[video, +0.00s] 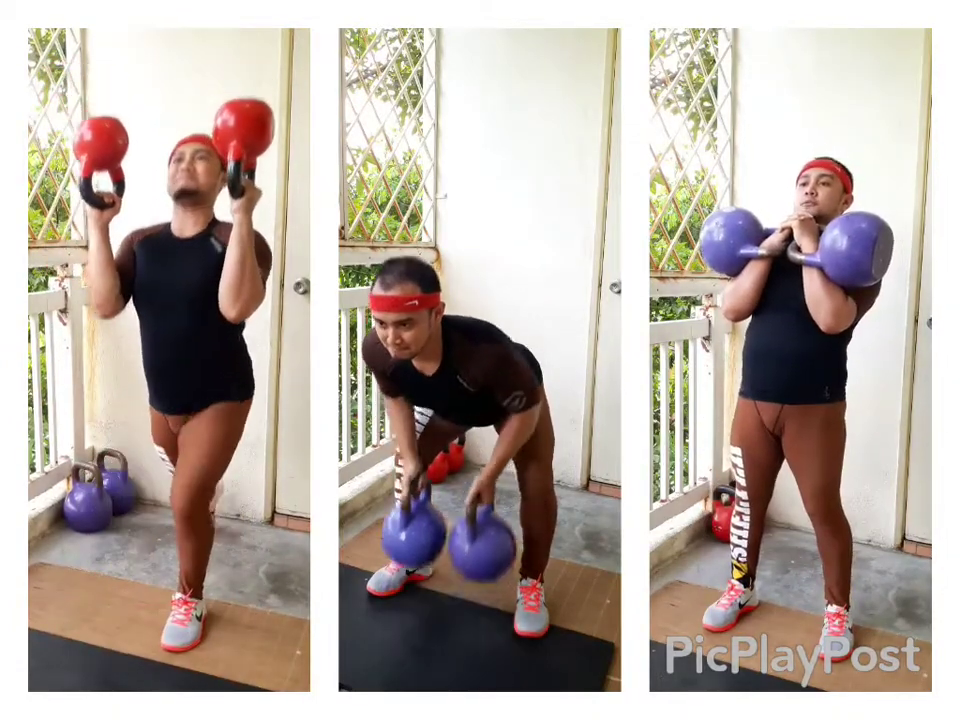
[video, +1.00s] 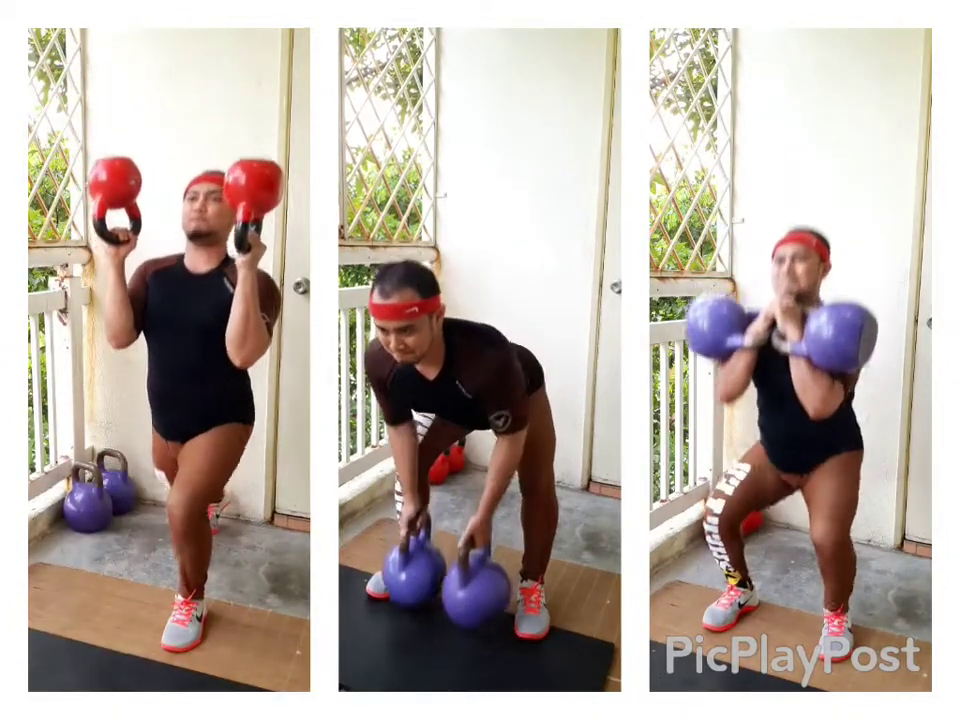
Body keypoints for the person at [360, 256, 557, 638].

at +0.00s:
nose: (392, 338)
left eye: (405, 325)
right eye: (381, 325)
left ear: (436, 312)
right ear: (372, 318)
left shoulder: (483, 349)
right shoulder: (377, 352)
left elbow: (527, 406)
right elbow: (396, 397)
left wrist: (491, 473)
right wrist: (408, 457)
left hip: (511, 399)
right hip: (452, 402)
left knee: (537, 485)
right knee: (410, 468)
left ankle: (531, 582)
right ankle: (412, 557)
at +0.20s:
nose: (391, 332)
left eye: (404, 318)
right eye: (380, 319)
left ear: (435, 305)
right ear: (371, 312)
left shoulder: (484, 334)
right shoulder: (376, 335)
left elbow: (542, 357)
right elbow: (394, 366)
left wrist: (498, 421)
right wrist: (407, 407)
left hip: (511, 393)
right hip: (447, 397)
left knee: (540, 482)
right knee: (411, 464)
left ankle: (531, 582)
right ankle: (413, 551)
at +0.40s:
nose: (391, 330)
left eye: (404, 316)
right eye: (379, 316)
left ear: (435, 304)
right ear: (370, 309)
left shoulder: (481, 330)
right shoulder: (375, 331)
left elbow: (545, 329)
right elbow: (405, 369)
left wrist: (501, 397)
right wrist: (406, 415)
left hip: (510, 387)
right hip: (445, 394)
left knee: (536, 479)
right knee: (411, 460)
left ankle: (531, 581)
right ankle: (413, 552)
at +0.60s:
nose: (394, 314)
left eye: (406, 299)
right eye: (382, 300)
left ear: (438, 287)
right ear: (373, 295)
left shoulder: (486, 327)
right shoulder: (376, 330)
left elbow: (538, 369)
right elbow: (394, 368)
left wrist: (497, 436)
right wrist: (408, 420)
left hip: (512, 398)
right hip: (450, 400)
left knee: (537, 487)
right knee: (410, 463)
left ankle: (531, 582)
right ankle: (413, 552)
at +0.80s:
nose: (396, 328)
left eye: (408, 314)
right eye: (384, 315)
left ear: (439, 299)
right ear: (375, 308)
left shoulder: (486, 339)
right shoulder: (380, 348)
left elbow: (520, 412)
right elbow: (400, 405)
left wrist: (487, 490)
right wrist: (413, 473)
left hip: (512, 398)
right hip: (453, 404)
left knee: (537, 488)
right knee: (406, 466)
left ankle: (532, 583)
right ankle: (408, 559)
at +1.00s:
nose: (395, 344)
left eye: (407, 331)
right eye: (384, 331)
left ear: (438, 314)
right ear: (375, 325)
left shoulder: (487, 355)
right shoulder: (379, 363)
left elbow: (512, 435)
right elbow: (401, 428)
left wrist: (484, 515)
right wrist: (411, 499)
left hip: (516, 396)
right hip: (456, 404)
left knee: (537, 486)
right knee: (412, 470)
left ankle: (532, 584)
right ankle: (407, 563)